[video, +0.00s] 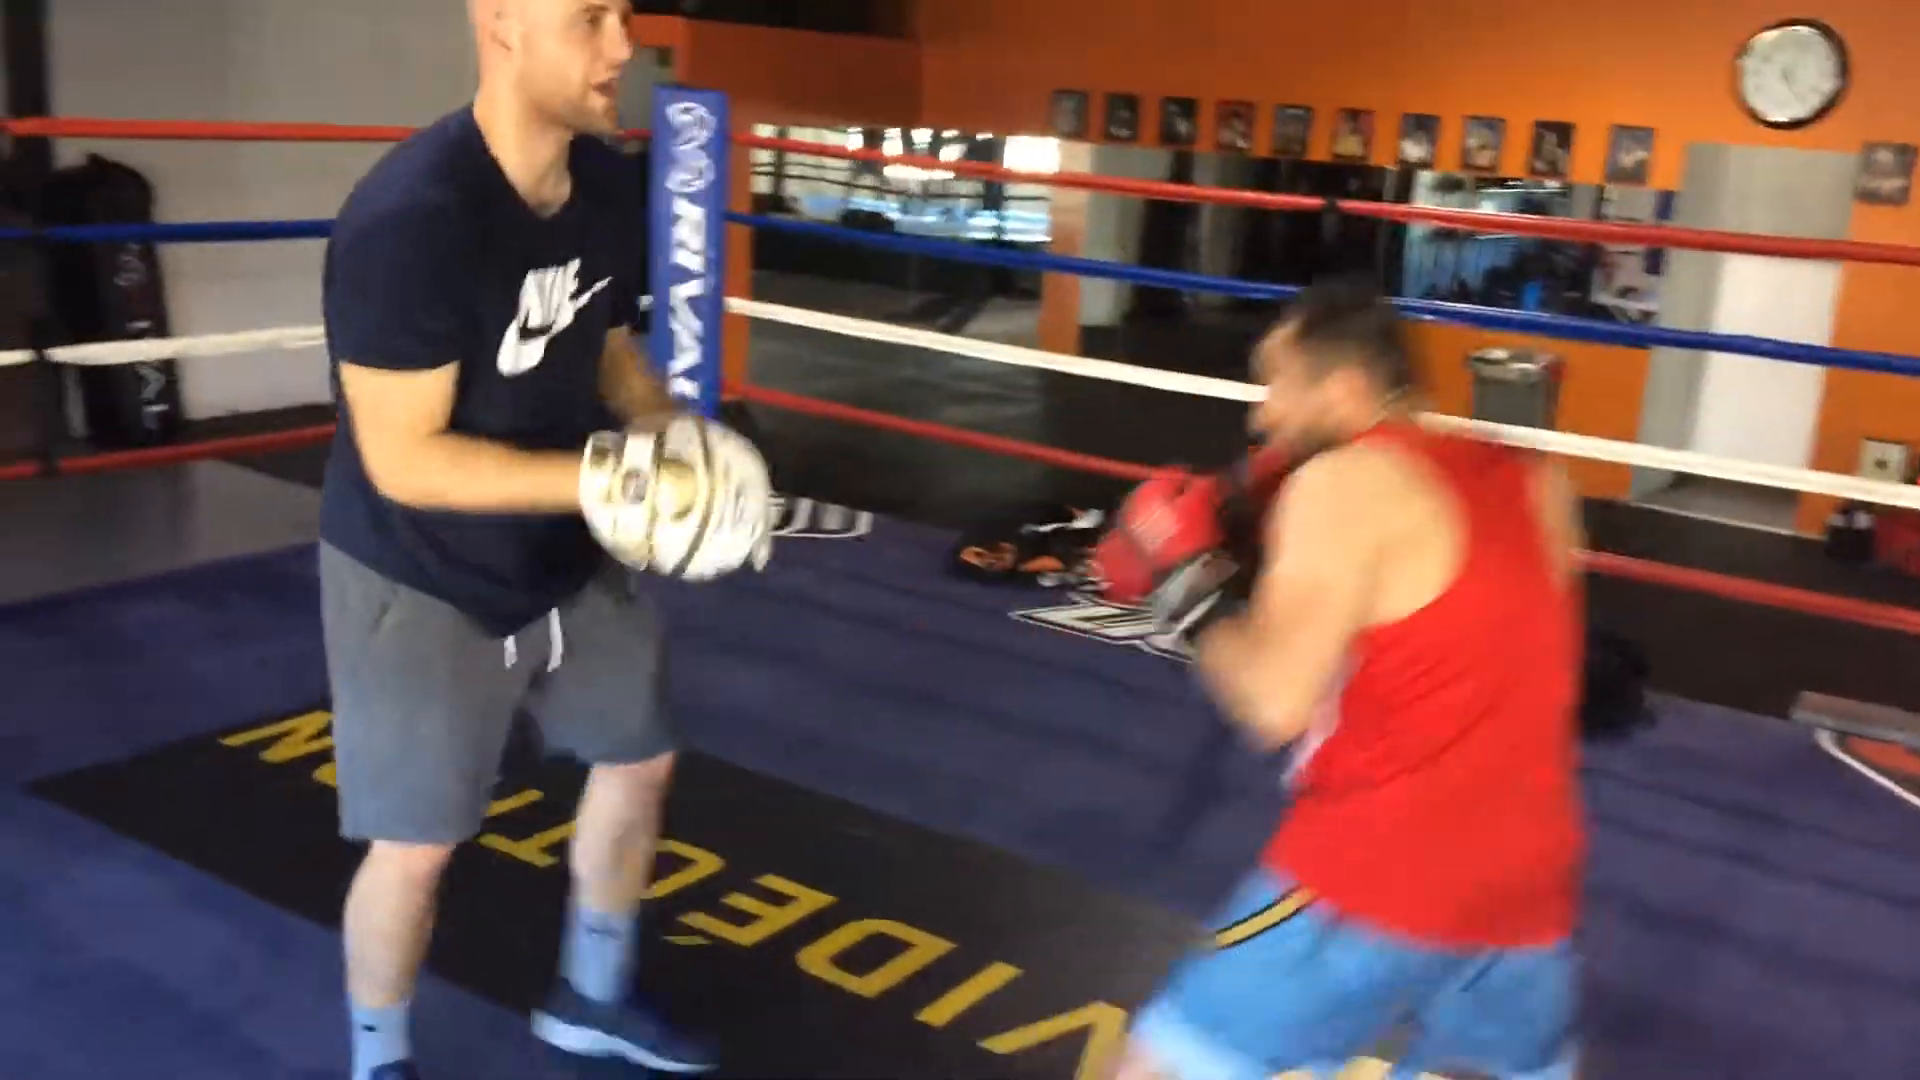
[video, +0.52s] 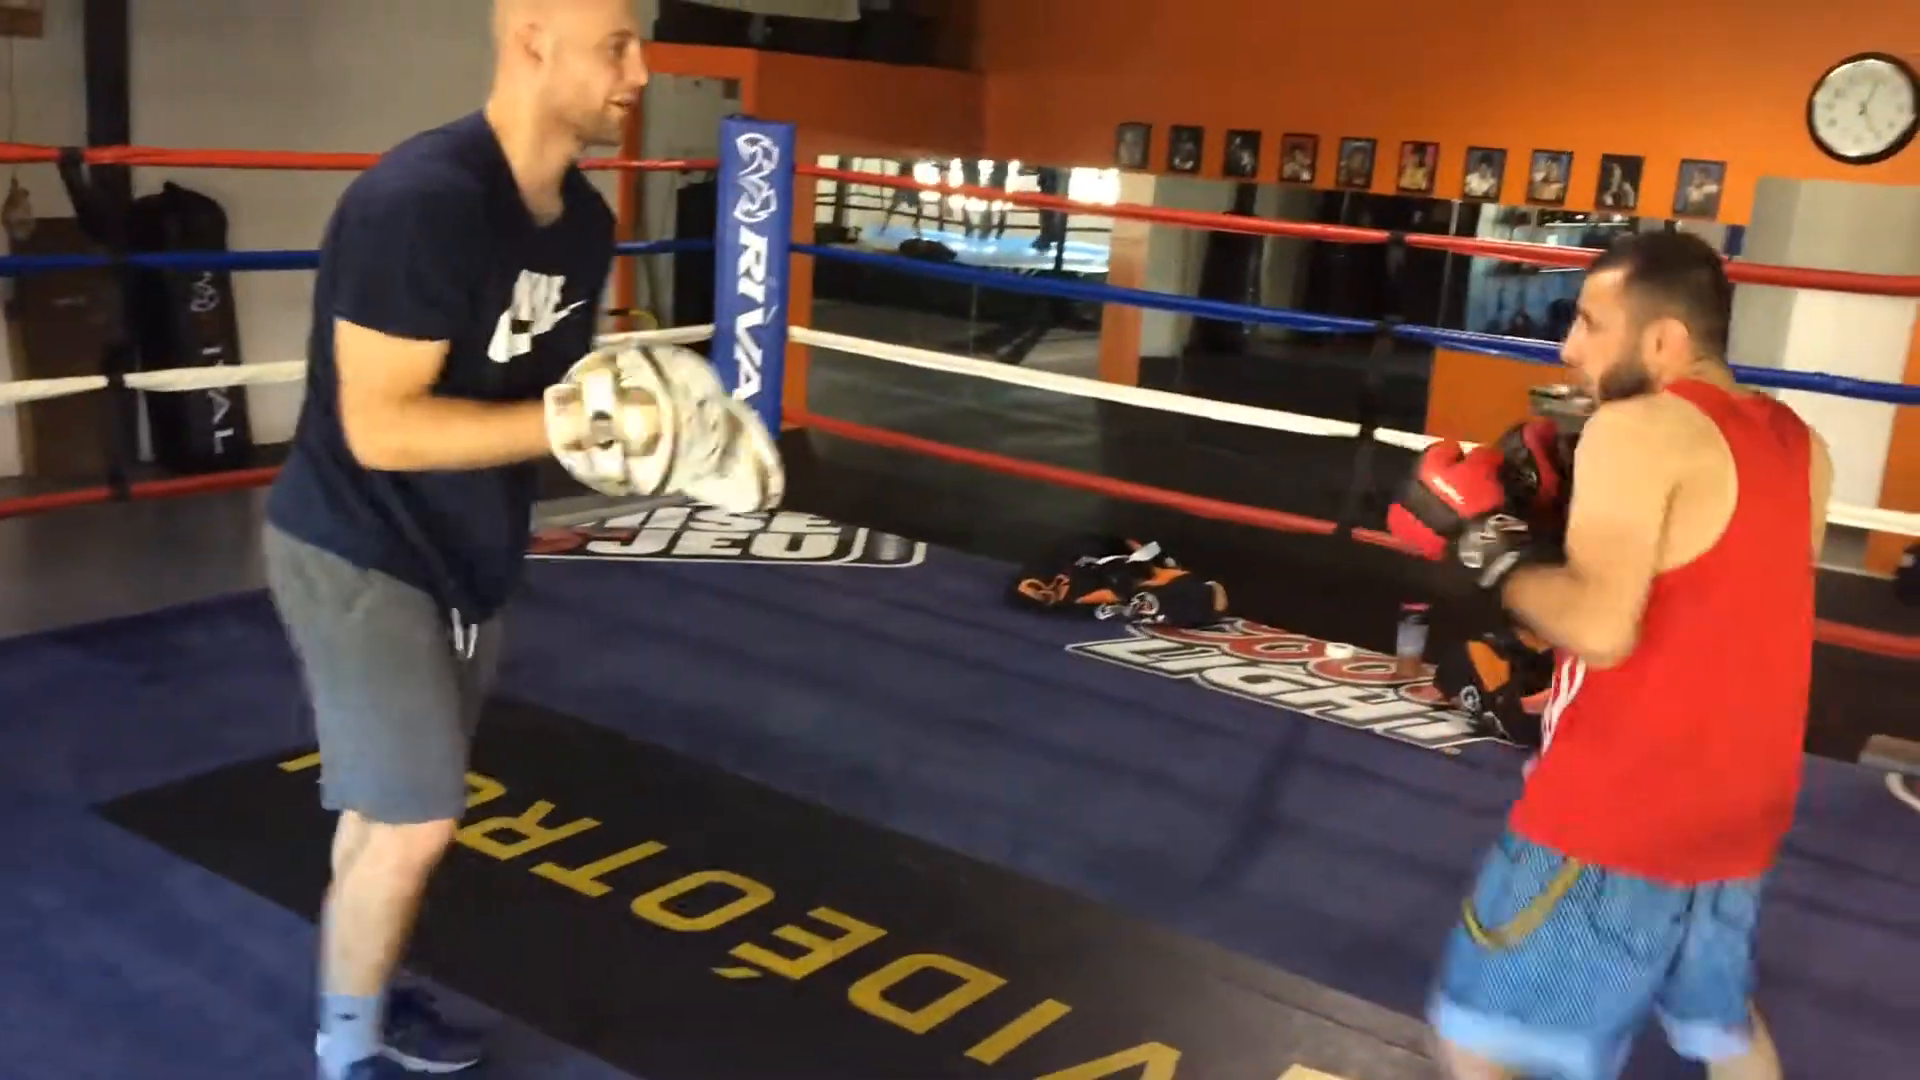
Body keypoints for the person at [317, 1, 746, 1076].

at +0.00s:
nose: (622, 49)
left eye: (624, 21)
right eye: (590, 20)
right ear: (498, 30)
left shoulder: (611, 182)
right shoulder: (402, 222)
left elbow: (610, 351)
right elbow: (401, 464)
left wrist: (682, 439)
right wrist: (606, 480)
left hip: (568, 536)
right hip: (413, 562)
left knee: (639, 752)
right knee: (418, 834)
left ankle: (592, 1000)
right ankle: (379, 1061)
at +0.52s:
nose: (639, 74)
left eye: (639, 48)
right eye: (615, 48)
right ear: (529, 45)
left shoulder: (583, 222)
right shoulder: (417, 201)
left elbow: (541, 400)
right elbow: (379, 430)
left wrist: (650, 420)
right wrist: (574, 422)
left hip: (469, 555)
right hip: (354, 548)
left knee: (398, 798)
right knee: (412, 816)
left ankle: (364, 988)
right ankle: (345, 1053)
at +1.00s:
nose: (584, 135)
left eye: (584, 110)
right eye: (569, 109)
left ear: (497, 106)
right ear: (487, 103)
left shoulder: (491, 241)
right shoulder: (393, 258)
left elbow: (482, 412)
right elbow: (457, 498)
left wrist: (614, 393)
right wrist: (623, 418)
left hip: (416, 589)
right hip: (297, 602)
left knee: (483, 796)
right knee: (296, 872)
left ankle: (540, 1028)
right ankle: (236, 1071)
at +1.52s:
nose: (707, 187)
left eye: (709, 164)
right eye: (700, 161)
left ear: (625, 148)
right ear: (638, 148)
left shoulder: (548, 263)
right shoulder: (557, 277)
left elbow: (649, 451)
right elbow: (672, 483)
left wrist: (758, 363)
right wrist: (778, 372)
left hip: (490, 622)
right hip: (420, 627)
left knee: (516, 857)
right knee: (462, 902)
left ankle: (548, 1066)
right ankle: (378, 1078)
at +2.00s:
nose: (730, 245)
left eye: (732, 219)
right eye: (722, 216)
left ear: (641, 207)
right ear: (659, 207)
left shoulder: (546, 306)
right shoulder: (596, 341)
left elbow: (569, 488)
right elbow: (710, 554)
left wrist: (700, 417)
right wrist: (800, 429)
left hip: (507, 650)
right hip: (410, 658)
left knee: (578, 843)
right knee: (456, 944)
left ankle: (586, 1069)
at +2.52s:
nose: (786, 260)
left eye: (791, 239)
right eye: (778, 234)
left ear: (693, 216)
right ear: (709, 216)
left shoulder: (584, 294)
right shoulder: (698, 330)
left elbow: (544, 448)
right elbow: (881, 447)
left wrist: (661, 516)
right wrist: (945, 469)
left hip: (536, 645)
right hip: (474, 649)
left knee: (586, 848)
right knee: (487, 942)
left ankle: (602, 1069)